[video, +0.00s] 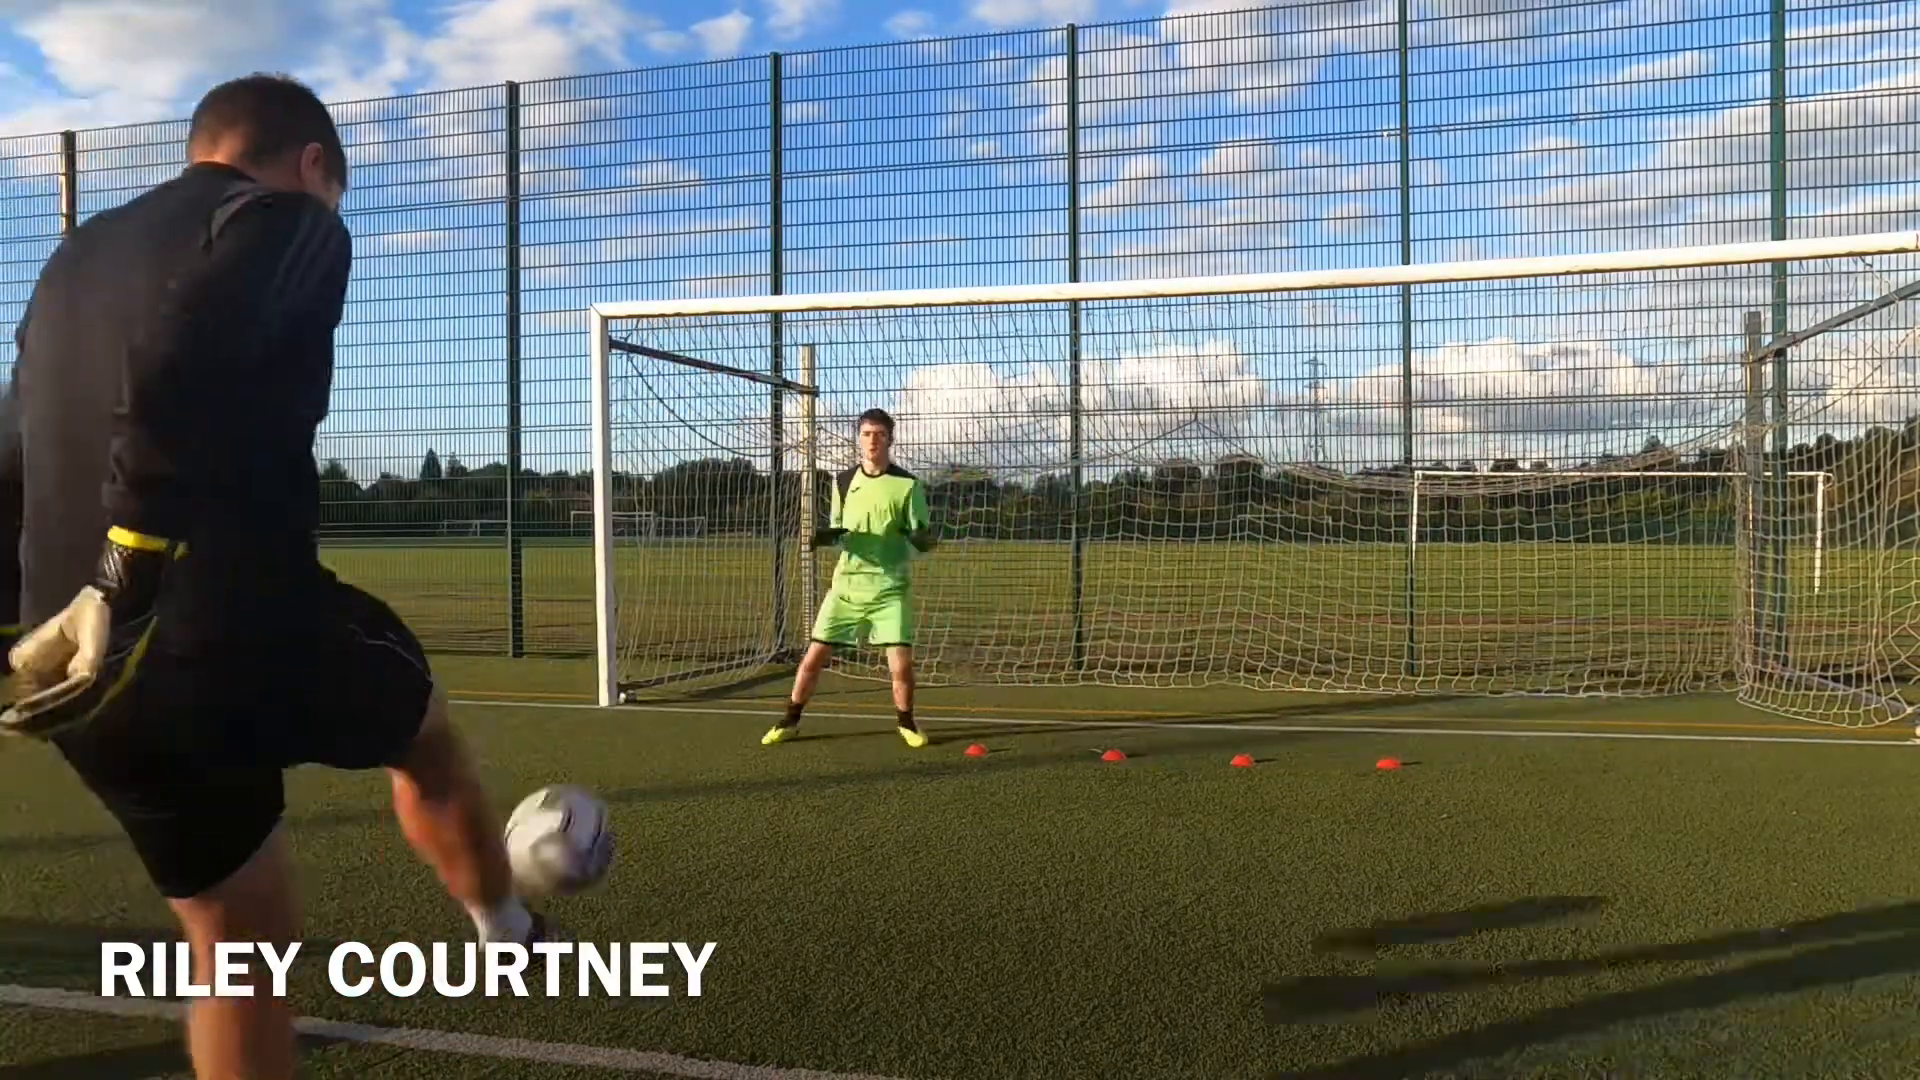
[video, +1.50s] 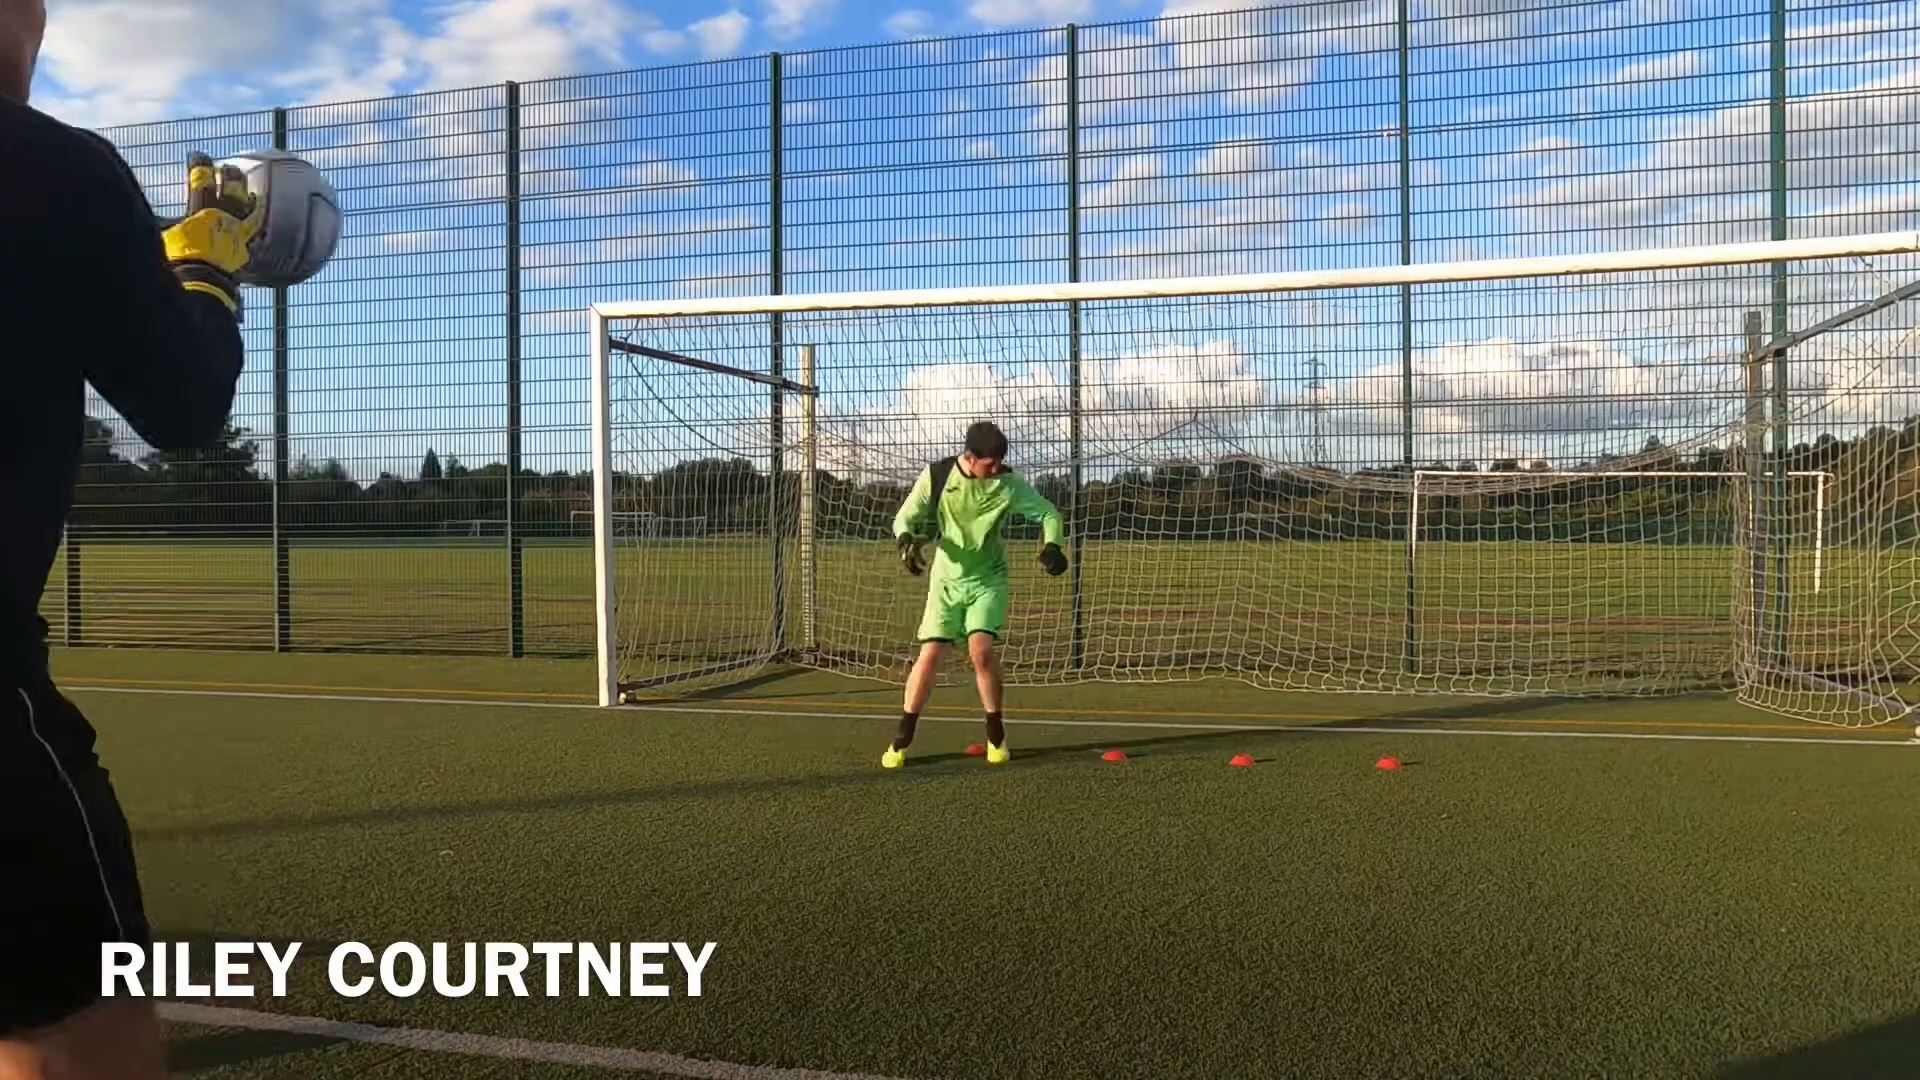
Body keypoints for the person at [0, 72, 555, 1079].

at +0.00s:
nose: (332, 215)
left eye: (335, 198)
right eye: (336, 193)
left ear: (203, 161)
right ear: (305, 162)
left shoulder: (74, 255)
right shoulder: (293, 224)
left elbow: (16, 455)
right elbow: (193, 370)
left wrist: (25, 618)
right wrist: (122, 582)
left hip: (79, 653)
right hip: (242, 624)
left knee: (234, 937)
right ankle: (508, 933)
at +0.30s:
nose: (331, 135)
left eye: (328, 116)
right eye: (329, 115)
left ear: (190, 113)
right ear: (308, 108)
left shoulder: (101, 233)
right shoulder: (326, 224)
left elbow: (42, 447)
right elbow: (309, 449)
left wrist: (164, 456)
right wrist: (331, 660)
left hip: (160, 649)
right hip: (293, 632)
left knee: (254, 948)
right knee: (423, 559)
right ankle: (417, 817)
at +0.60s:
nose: (330, 107)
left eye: (327, 84)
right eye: (331, 83)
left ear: (189, 84)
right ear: (311, 79)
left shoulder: (75, 228)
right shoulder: (361, 231)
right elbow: (453, 453)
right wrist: (519, 592)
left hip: (123, 663)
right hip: (294, 658)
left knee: (222, 968)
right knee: (336, 978)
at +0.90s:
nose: (328, 66)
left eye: (325, 43)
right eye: (326, 41)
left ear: (172, 40)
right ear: (306, 36)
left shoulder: (26, 172)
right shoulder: (335, 198)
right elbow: (356, 455)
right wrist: (424, 593)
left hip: (24, 642)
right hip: (213, 647)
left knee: (165, 986)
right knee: (175, 1006)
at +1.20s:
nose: (220, 35)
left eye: (216, 17)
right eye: (219, 14)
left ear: (56, 14)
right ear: (195, 12)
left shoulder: (5, 110)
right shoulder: (248, 165)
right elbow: (334, 474)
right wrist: (330, 495)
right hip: (131, 626)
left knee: (5, 1004)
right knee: (148, 1045)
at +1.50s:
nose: (40, 28)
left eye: (38, 10)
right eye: (33, 9)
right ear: (11, 21)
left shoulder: (60, 174)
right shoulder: (56, 173)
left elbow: (173, 405)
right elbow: (180, 405)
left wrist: (176, 263)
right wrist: (212, 264)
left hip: (18, 680)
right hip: (11, 689)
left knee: (55, 1016)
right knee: (89, 1024)